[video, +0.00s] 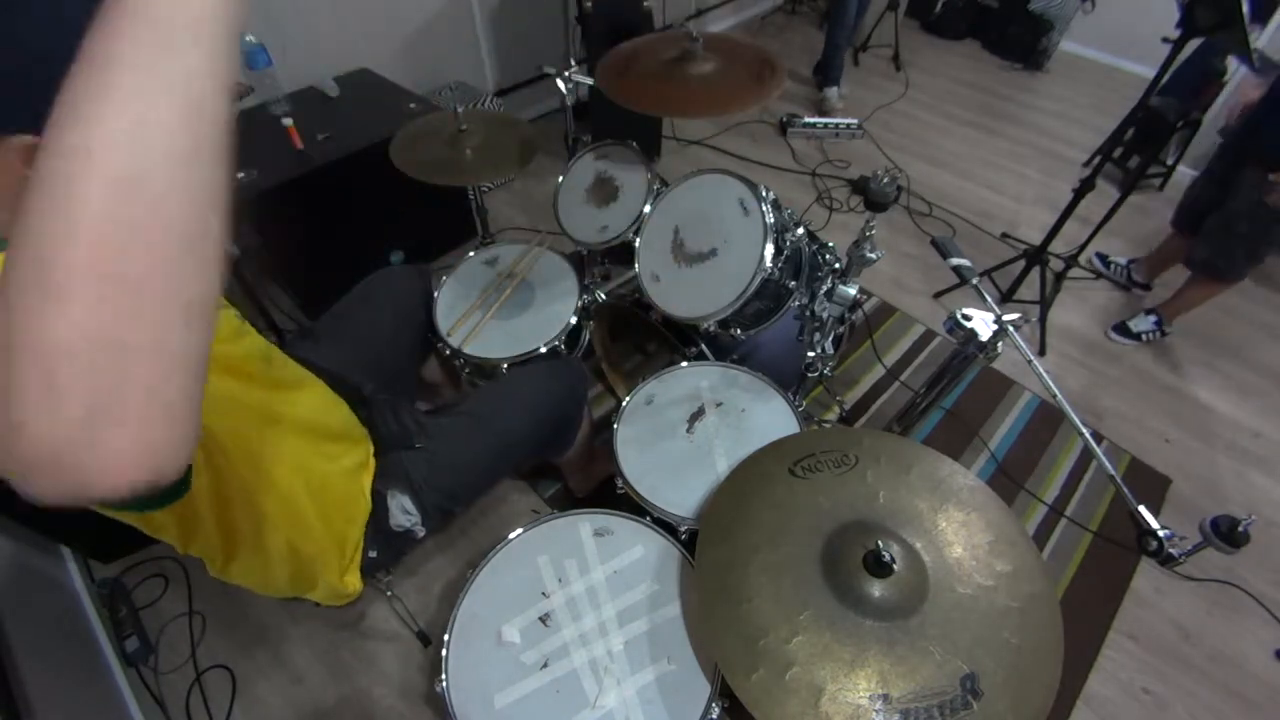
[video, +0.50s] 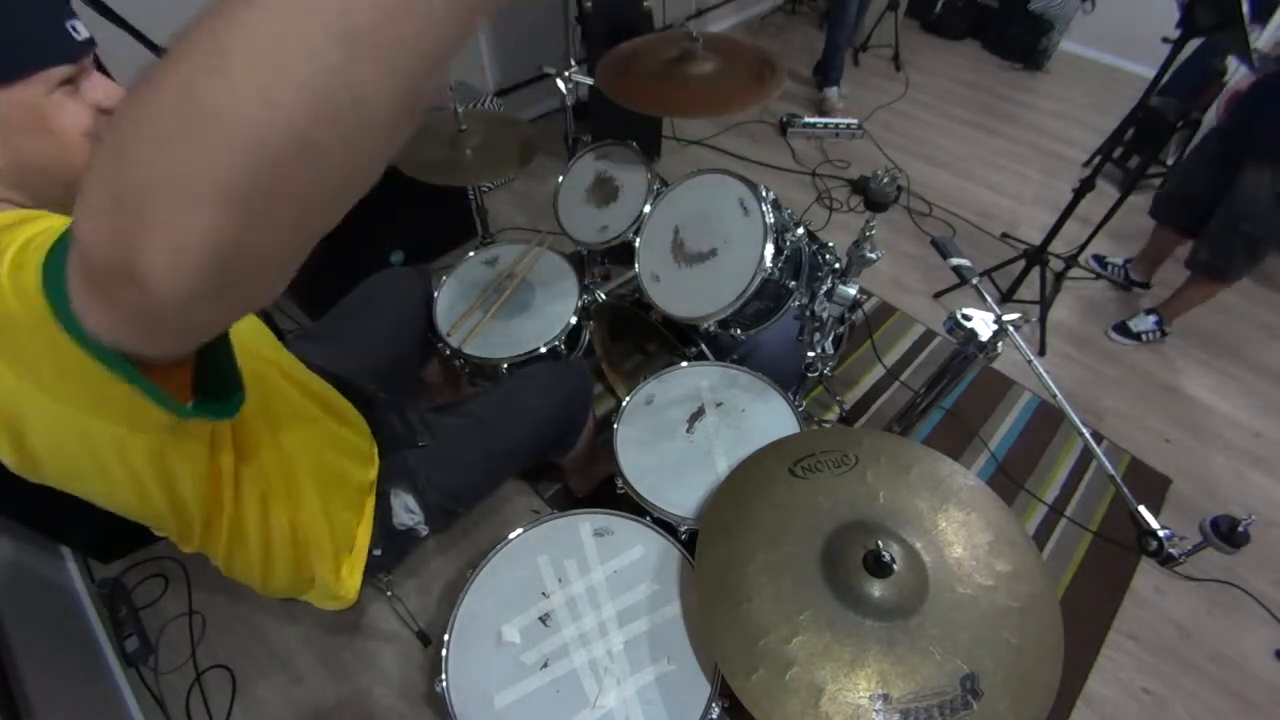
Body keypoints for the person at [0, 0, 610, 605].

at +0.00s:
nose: (36, 169)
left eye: (32, 162)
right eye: (29, 169)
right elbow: (105, 450)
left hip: (293, 395)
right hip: (355, 510)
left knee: (406, 280)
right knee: (561, 371)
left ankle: (423, 403)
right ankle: (567, 473)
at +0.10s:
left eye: (80, 124)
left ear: (23, 161)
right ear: (24, 163)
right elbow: (124, 393)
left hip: (284, 387)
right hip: (346, 507)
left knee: (406, 282)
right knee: (560, 375)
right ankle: (566, 472)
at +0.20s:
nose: (111, 114)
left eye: (103, 99)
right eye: (89, 103)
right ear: (9, 133)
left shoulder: (40, 242)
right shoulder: (27, 303)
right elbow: (135, 311)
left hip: (289, 395)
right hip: (346, 506)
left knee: (410, 284)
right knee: (563, 378)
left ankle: (419, 402)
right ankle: (568, 472)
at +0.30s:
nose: (116, 104)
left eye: (105, 82)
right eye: (78, 92)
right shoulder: (35, 279)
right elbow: (155, 246)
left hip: (282, 397)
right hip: (344, 509)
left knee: (410, 284)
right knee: (565, 376)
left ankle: (434, 400)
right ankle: (575, 472)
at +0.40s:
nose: (119, 100)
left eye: (101, 75)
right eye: (74, 88)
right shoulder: (40, 278)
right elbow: (161, 237)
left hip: (280, 397)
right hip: (343, 508)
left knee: (409, 284)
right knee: (565, 377)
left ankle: (429, 399)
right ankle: (574, 471)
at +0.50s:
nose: (114, 98)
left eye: (95, 74)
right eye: (66, 88)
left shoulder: (43, 245)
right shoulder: (28, 283)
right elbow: (158, 274)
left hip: (282, 396)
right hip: (343, 508)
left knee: (408, 283)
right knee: (564, 374)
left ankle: (419, 398)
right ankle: (572, 472)